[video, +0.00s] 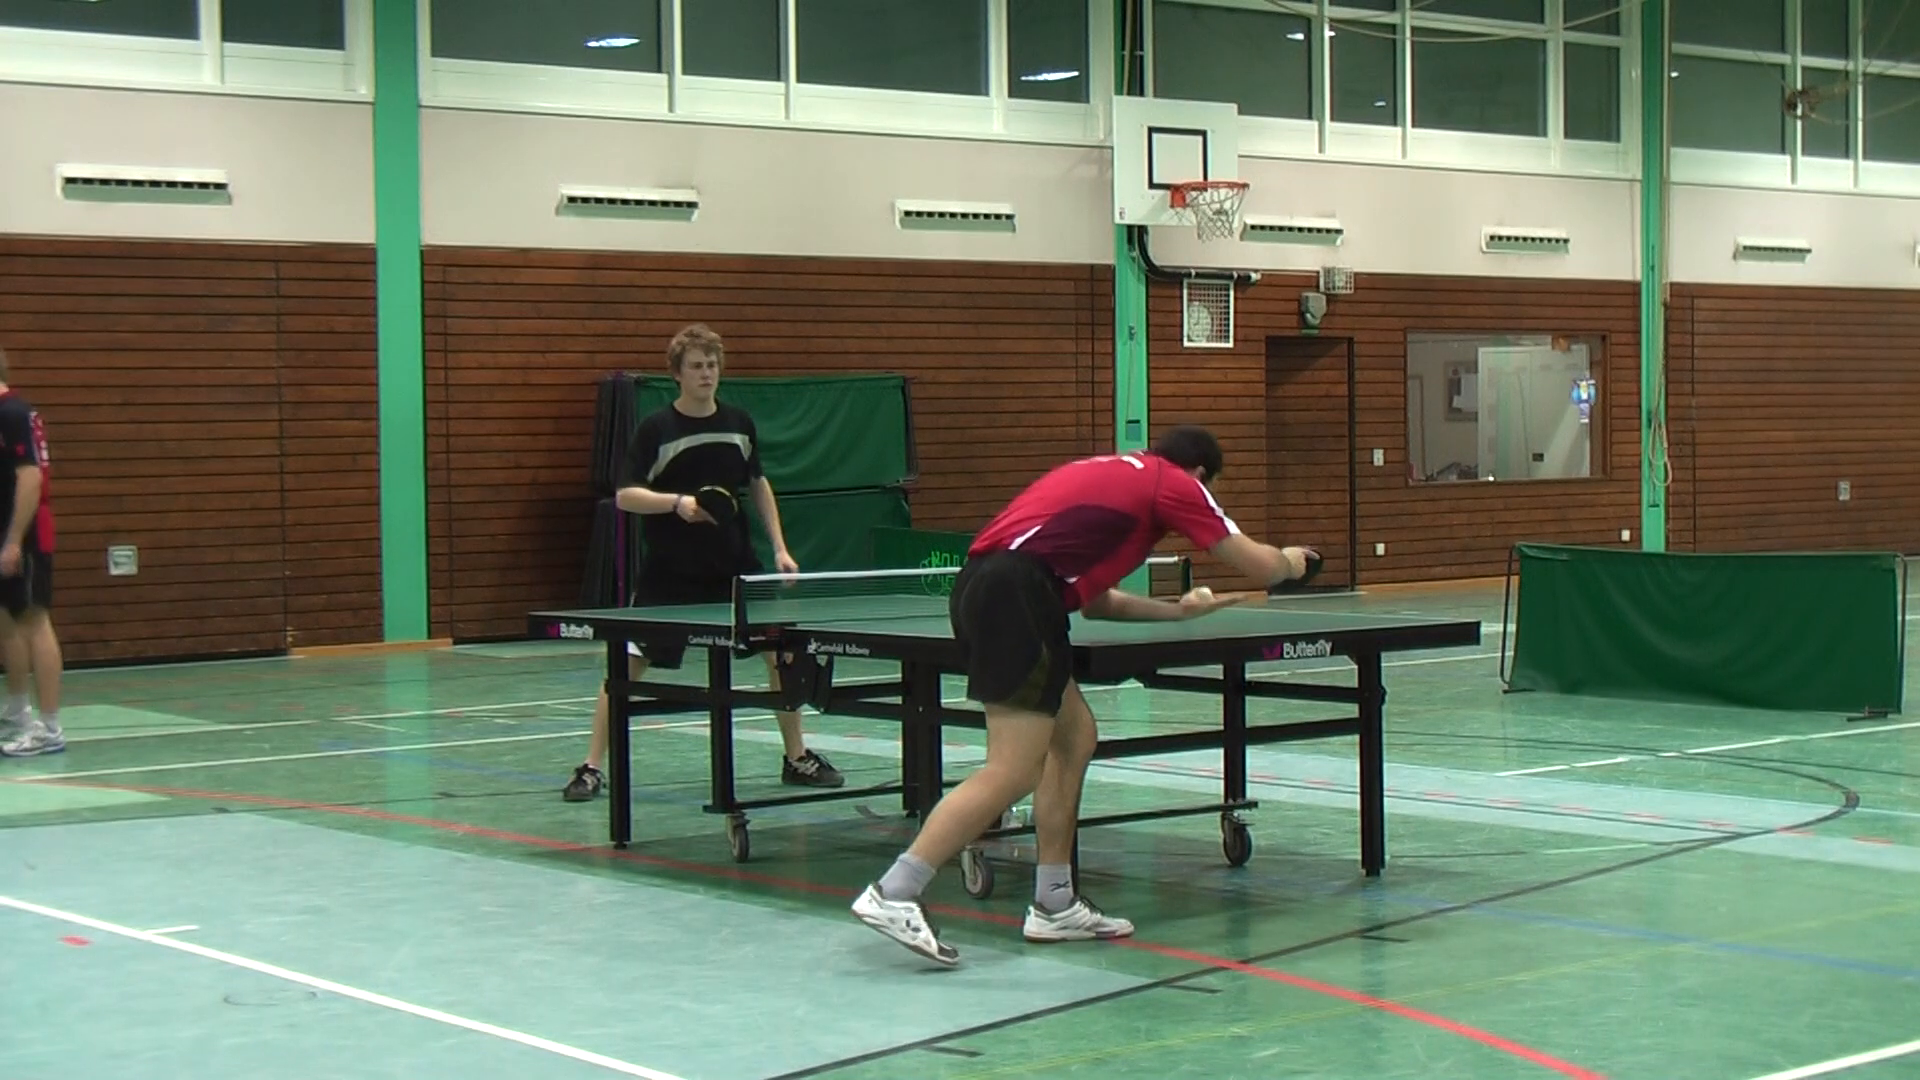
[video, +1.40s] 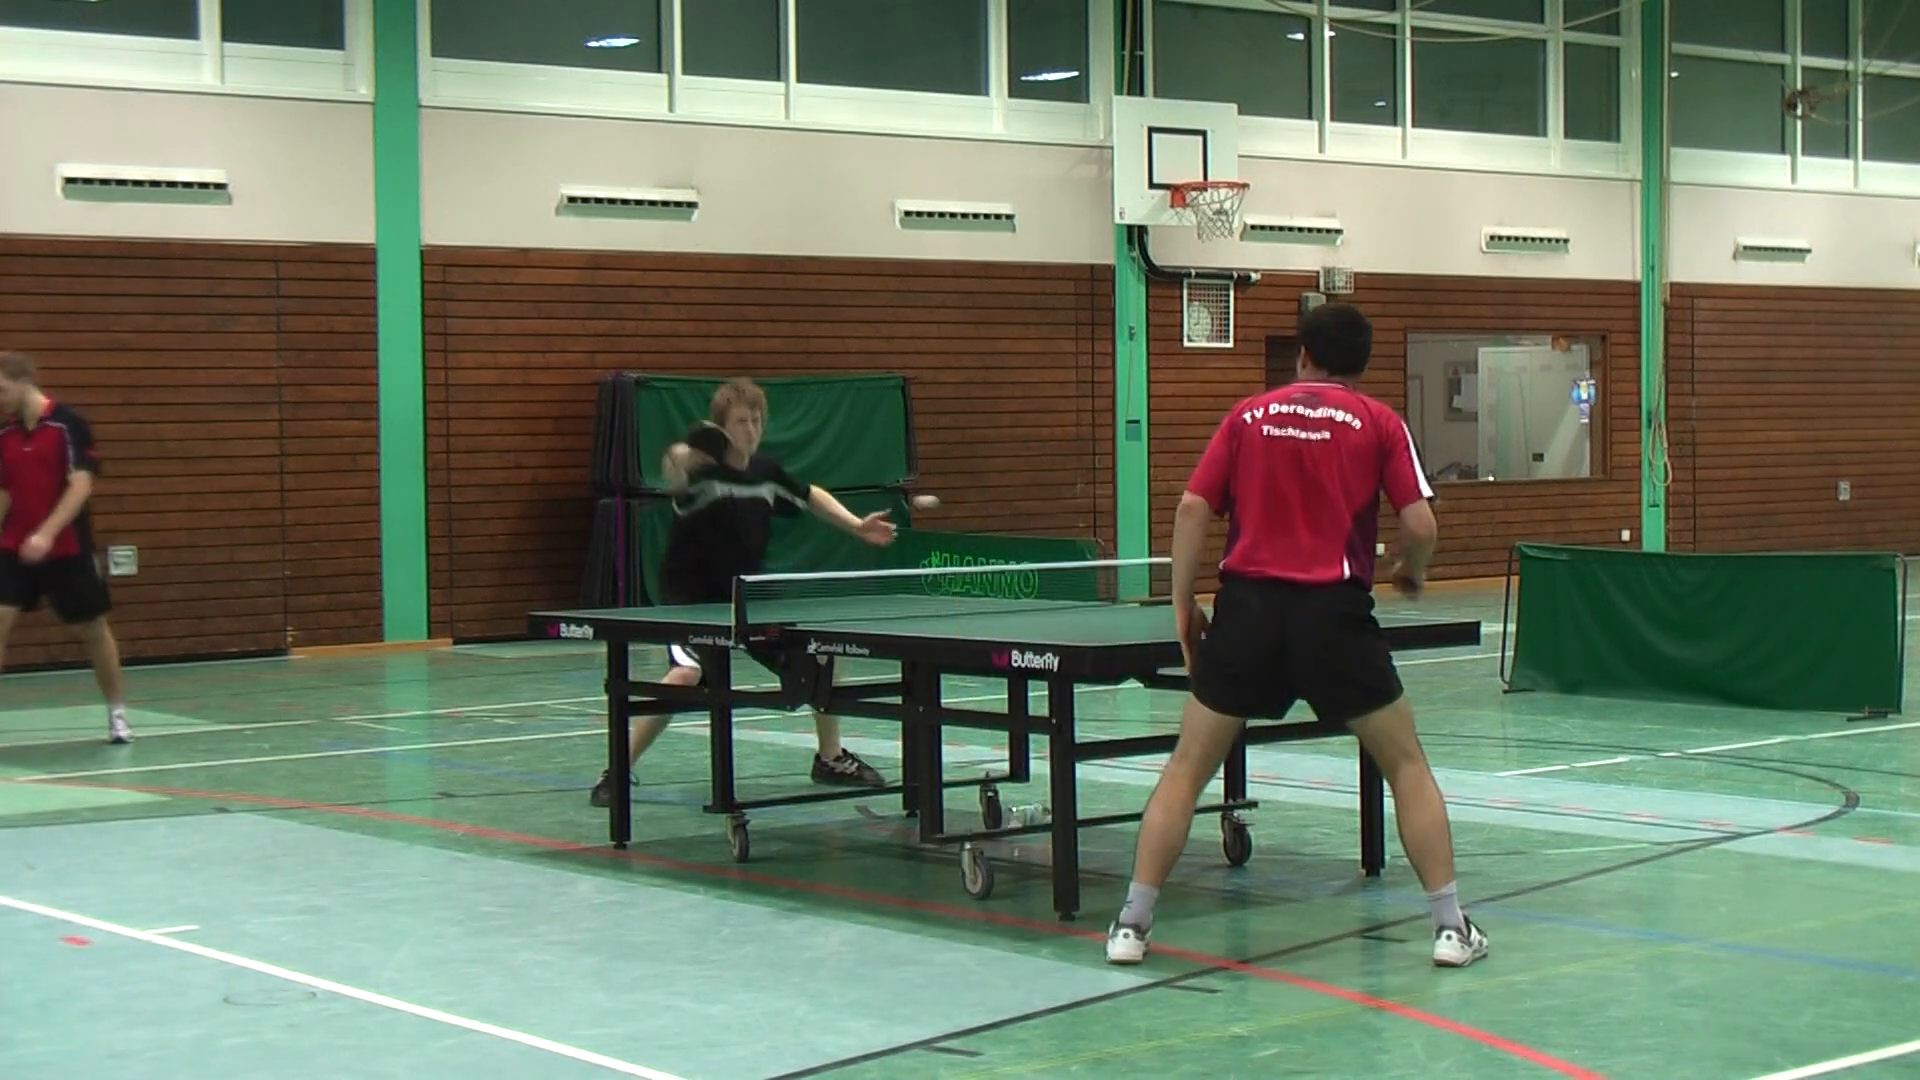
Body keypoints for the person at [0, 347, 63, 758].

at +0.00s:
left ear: (1, 376)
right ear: (5, 375)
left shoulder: (14, 411)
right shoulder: (14, 410)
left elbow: (30, 478)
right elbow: (29, 478)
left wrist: (14, 540)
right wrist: (14, 538)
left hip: (27, 540)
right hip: (11, 540)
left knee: (36, 623)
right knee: (9, 624)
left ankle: (49, 726)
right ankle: (16, 717)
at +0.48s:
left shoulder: (24, 408)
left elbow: (79, 449)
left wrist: (51, 499)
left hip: (52, 525)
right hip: (18, 530)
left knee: (54, 604)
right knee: (25, 615)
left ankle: (48, 703)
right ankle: (33, 704)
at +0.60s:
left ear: (4, 383)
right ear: (1, 387)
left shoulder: (43, 410)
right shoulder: (4, 427)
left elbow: (96, 450)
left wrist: (100, 508)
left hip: (59, 535)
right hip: (20, 541)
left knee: (69, 613)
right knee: (29, 622)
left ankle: (84, 712)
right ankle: (30, 717)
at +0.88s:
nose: (10, 381)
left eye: (17, 373)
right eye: (7, 375)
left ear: (44, 373)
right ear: (10, 380)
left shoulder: (86, 417)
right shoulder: (14, 431)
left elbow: (127, 466)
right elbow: (8, 494)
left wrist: (158, 514)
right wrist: (9, 538)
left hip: (82, 545)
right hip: (32, 547)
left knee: (100, 624)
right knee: (21, 621)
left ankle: (118, 713)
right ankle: (29, 717)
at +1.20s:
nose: (27, 383)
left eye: (35, 376)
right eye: (26, 377)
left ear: (62, 374)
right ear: (30, 379)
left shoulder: (98, 423)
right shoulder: (31, 424)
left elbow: (118, 488)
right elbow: (28, 480)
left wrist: (116, 546)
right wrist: (21, 532)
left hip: (84, 547)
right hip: (34, 545)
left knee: (103, 628)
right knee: (12, 618)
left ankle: (119, 713)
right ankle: (9, 712)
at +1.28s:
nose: (17, 387)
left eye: (24, 379)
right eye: (15, 380)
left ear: (51, 376)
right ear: (23, 382)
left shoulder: (89, 423)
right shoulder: (24, 428)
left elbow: (104, 489)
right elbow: (20, 486)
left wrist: (86, 543)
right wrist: (6, 538)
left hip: (78, 548)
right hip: (29, 548)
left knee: (102, 629)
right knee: (7, 619)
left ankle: (118, 712)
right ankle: (1, 710)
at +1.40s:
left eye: (2, 388)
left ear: (24, 383)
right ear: (11, 386)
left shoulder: (67, 424)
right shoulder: (7, 433)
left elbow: (82, 484)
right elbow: (5, 491)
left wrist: (45, 533)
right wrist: (2, 531)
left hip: (67, 552)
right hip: (15, 552)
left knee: (95, 629)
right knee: (2, 624)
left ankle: (116, 710)